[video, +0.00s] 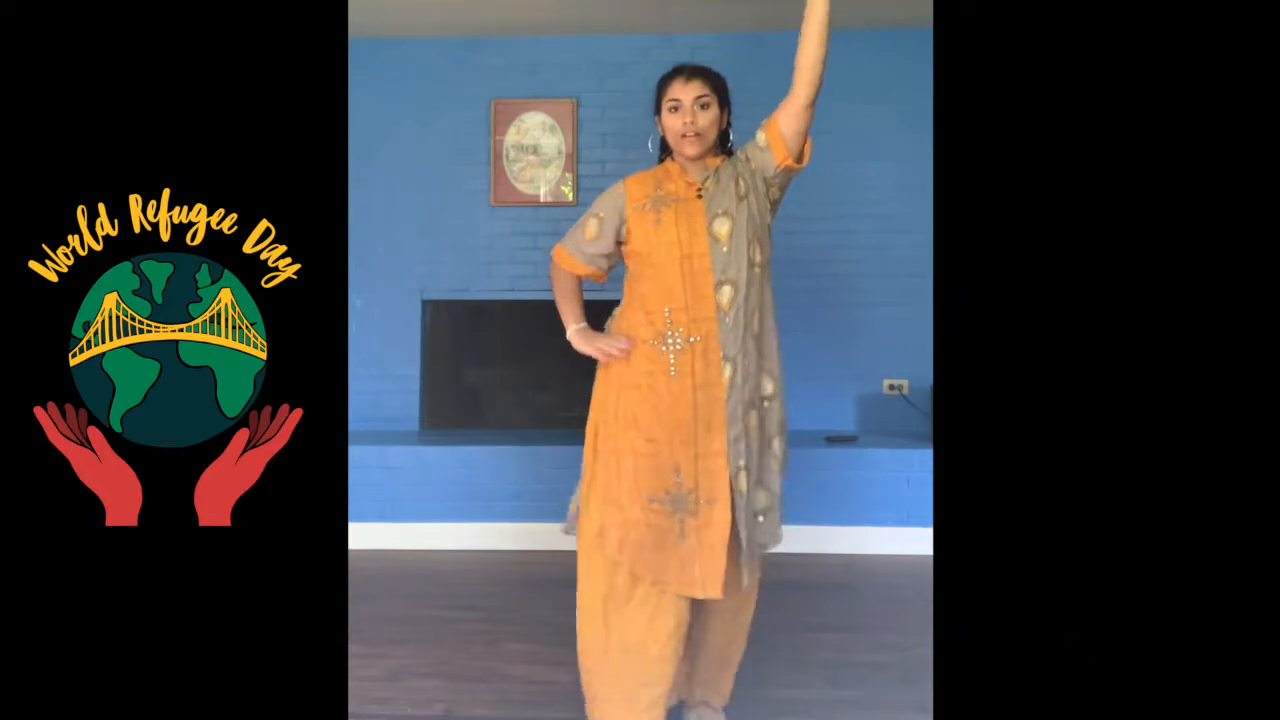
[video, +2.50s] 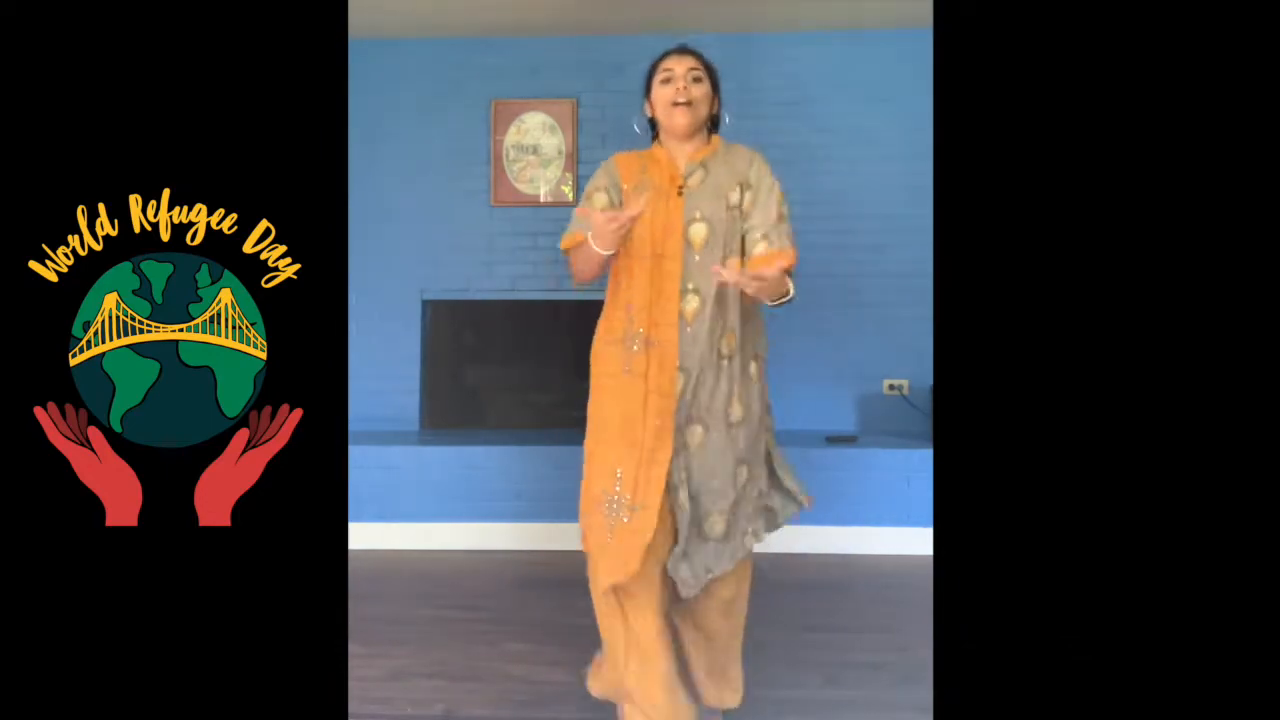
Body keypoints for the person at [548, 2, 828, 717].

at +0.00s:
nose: (689, 117)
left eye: (702, 105)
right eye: (675, 107)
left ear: (723, 117)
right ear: (660, 121)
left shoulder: (751, 179)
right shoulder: (634, 194)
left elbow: (803, 91)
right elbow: (566, 258)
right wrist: (579, 332)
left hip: (731, 391)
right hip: (643, 390)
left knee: (729, 551)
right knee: (634, 552)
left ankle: (704, 701)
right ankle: (630, 705)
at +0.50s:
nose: (678, 106)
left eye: (692, 95)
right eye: (666, 95)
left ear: (714, 109)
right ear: (649, 111)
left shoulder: (740, 162)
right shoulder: (621, 188)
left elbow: (825, 116)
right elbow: (567, 235)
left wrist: (812, 138)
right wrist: (528, 233)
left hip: (723, 384)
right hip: (637, 385)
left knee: (720, 547)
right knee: (633, 541)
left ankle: (714, 702)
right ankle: (635, 695)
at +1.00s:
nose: (696, 118)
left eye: (709, 105)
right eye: (683, 107)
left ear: (734, 116)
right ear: (667, 122)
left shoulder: (763, 201)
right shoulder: (636, 193)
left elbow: (766, 297)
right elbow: (599, 268)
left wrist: (730, 315)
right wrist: (604, 291)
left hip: (729, 390)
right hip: (647, 387)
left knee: (726, 532)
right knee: (652, 524)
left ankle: (707, 690)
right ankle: (661, 680)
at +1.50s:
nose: (696, 151)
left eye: (711, 138)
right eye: (684, 138)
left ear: (731, 142)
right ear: (667, 142)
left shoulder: (762, 215)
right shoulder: (635, 206)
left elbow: (769, 321)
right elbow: (613, 311)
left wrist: (778, 414)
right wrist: (595, 403)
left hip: (733, 413)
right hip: (647, 411)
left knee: (732, 560)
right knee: (651, 559)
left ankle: (712, 702)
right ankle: (660, 695)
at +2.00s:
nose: (695, 92)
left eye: (710, 85)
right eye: (683, 85)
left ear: (729, 110)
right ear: (663, 109)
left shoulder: (755, 170)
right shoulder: (630, 186)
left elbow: (836, 243)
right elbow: (589, 290)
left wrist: (777, 314)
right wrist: (581, 384)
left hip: (721, 379)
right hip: (634, 376)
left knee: (719, 530)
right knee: (624, 536)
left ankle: (707, 694)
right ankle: (620, 698)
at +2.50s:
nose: (682, 88)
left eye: (694, 78)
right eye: (668, 80)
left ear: (714, 98)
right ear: (649, 101)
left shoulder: (747, 170)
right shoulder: (622, 171)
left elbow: (776, 276)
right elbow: (579, 272)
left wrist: (763, 281)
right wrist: (605, 238)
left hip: (719, 375)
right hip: (633, 375)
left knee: (718, 526)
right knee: (628, 532)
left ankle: (713, 671)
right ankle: (647, 694)